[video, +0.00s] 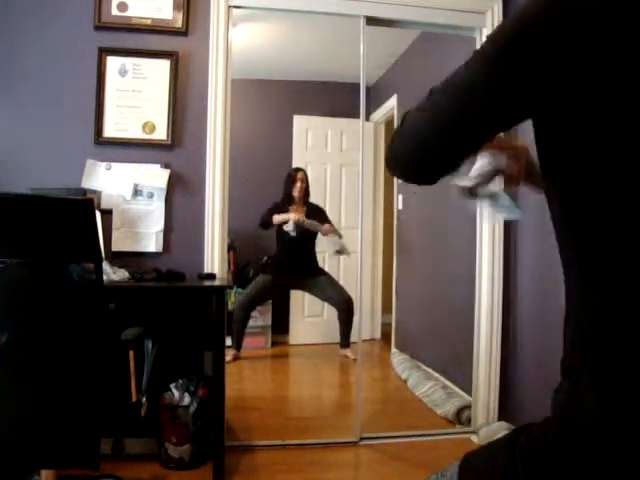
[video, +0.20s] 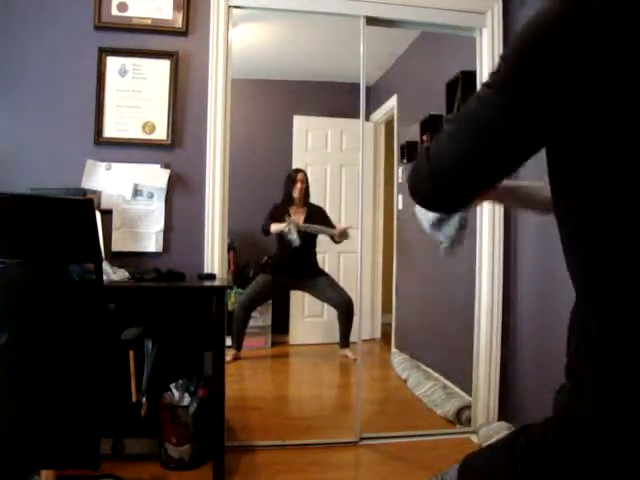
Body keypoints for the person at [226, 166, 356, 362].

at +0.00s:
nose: (300, 185)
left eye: (303, 181)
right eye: (296, 181)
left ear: (307, 185)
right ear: (289, 184)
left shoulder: (315, 211)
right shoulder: (279, 208)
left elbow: (332, 231)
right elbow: (263, 223)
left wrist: (306, 222)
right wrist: (287, 217)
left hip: (309, 272)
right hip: (279, 272)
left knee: (345, 302)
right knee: (243, 303)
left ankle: (345, 347)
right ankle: (235, 350)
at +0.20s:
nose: (300, 186)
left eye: (303, 182)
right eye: (296, 182)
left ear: (307, 186)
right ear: (289, 185)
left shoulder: (316, 212)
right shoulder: (279, 209)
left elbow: (334, 237)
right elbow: (265, 229)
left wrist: (340, 234)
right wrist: (285, 226)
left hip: (309, 273)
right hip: (279, 272)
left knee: (345, 303)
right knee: (243, 304)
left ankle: (344, 347)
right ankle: (236, 350)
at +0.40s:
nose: (301, 185)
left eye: (304, 181)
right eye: (297, 181)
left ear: (309, 185)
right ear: (290, 184)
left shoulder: (316, 211)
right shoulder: (280, 209)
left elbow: (338, 233)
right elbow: (284, 220)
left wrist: (352, 229)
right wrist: (307, 219)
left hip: (308, 272)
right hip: (279, 271)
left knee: (343, 302)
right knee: (243, 304)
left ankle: (344, 347)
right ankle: (236, 350)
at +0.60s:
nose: (300, 184)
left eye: (303, 180)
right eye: (296, 180)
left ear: (308, 185)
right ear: (289, 184)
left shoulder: (309, 212)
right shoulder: (279, 208)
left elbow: (324, 234)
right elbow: (297, 224)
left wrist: (348, 231)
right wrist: (334, 221)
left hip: (307, 272)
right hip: (278, 272)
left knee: (342, 303)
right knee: (240, 304)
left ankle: (344, 347)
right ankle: (236, 350)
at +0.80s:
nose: (298, 187)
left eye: (301, 183)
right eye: (294, 183)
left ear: (306, 188)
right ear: (287, 186)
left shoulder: (308, 214)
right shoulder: (277, 210)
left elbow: (320, 238)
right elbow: (291, 225)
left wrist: (339, 238)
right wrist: (326, 230)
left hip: (307, 274)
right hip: (277, 274)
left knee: (342, 305)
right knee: (240, 302)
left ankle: (345, 347)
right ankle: (236, 350)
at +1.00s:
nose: (298, 189)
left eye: (302, 185)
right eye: (295, 184)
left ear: (307, 189)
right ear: (288, 188)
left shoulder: (314, 211)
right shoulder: (278, 211)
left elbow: (332, 229)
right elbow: (256, 229)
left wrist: (326, 222)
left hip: (308, 273)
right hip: (278, 273)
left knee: (344, 304)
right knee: (241, 303)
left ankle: (345, 348)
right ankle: (236, 350)